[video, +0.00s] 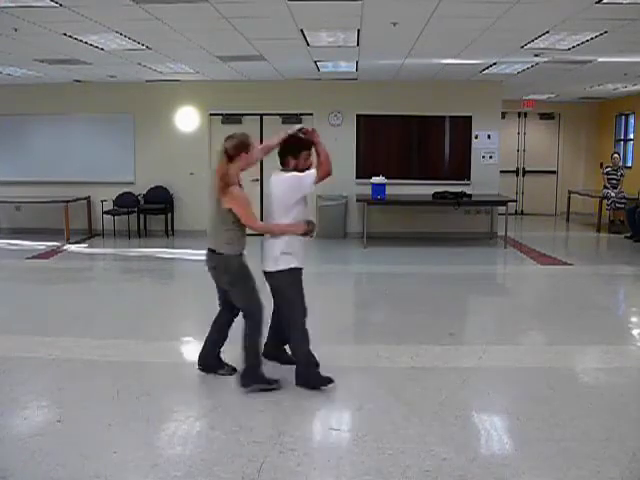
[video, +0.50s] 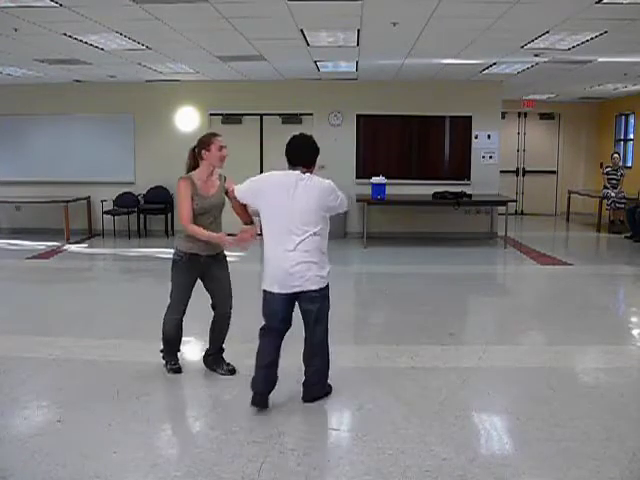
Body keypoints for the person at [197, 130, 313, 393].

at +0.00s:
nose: (254, 155)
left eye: (254, 151)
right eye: (253, 151)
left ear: (232, 153)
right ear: (243, 155)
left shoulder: (224, 173)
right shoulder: (233, 190)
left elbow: (263, 151)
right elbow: (255, 226)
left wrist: (290, 134)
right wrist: (295, 228)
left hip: (219, 256)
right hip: (229, 259)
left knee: (229, 309)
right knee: (253, 310)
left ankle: (209, 358)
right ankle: (252, 374)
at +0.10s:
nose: (245, 159)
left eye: (245, 154)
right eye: (243, 154)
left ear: (226, 158)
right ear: (229, 158)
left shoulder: (228, 177)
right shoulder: (219, 193)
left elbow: (261, 166)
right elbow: (254, 225)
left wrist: (291, 155)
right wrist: (289, 233)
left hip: (221, 257)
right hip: (215, 260)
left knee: (230, 311)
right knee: (231, 313)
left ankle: (211, 360)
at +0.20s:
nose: (240, 154)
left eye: (239, 150)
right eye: (236, 150)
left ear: (223, 155)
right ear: (221, 155)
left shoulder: (231, 176)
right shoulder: (207, 187)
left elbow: (264, 180)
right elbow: (228, 226)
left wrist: (293, 180)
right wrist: (267, 238)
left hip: (223, 256)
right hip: (204, 257)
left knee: (226, 309)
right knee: (209, 311)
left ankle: (209, 359)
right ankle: (176, 349)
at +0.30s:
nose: (234, 152)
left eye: (234, 148)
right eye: (230, 148)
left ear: (221, 153)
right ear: (215, 153)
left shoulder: (228, 179)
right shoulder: (199, 184)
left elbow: (255, 192)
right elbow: (205, 226)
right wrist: (233, 240)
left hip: (220, 256)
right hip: (196, 256)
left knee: (223, 308)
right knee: (188, 307)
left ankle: (210, 358)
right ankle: (170, 347)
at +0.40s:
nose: (228, 153)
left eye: (228, 149)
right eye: (224, 148)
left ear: (214, 153)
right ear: (208, 152)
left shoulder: (226, 182)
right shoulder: (190, 183)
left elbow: (249, 211)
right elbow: (190, 224)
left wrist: (264, 225)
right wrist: (221, 240)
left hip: (216, 257)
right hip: (190, 257)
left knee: (221, 310)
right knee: (180, 309)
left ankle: (212, 357)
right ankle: (171, 354)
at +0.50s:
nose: (225, 153)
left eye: (224, 149)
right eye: (220, 149)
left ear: (211, 153)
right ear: (204, 153)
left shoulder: (223, 182)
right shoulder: (186, 183)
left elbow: (246, 220)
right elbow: (185, 224)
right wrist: (217, 238)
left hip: (214, 256)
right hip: (186, 257)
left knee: (224, 308)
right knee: (177, 308)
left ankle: (214, 355)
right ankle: (170, 354)